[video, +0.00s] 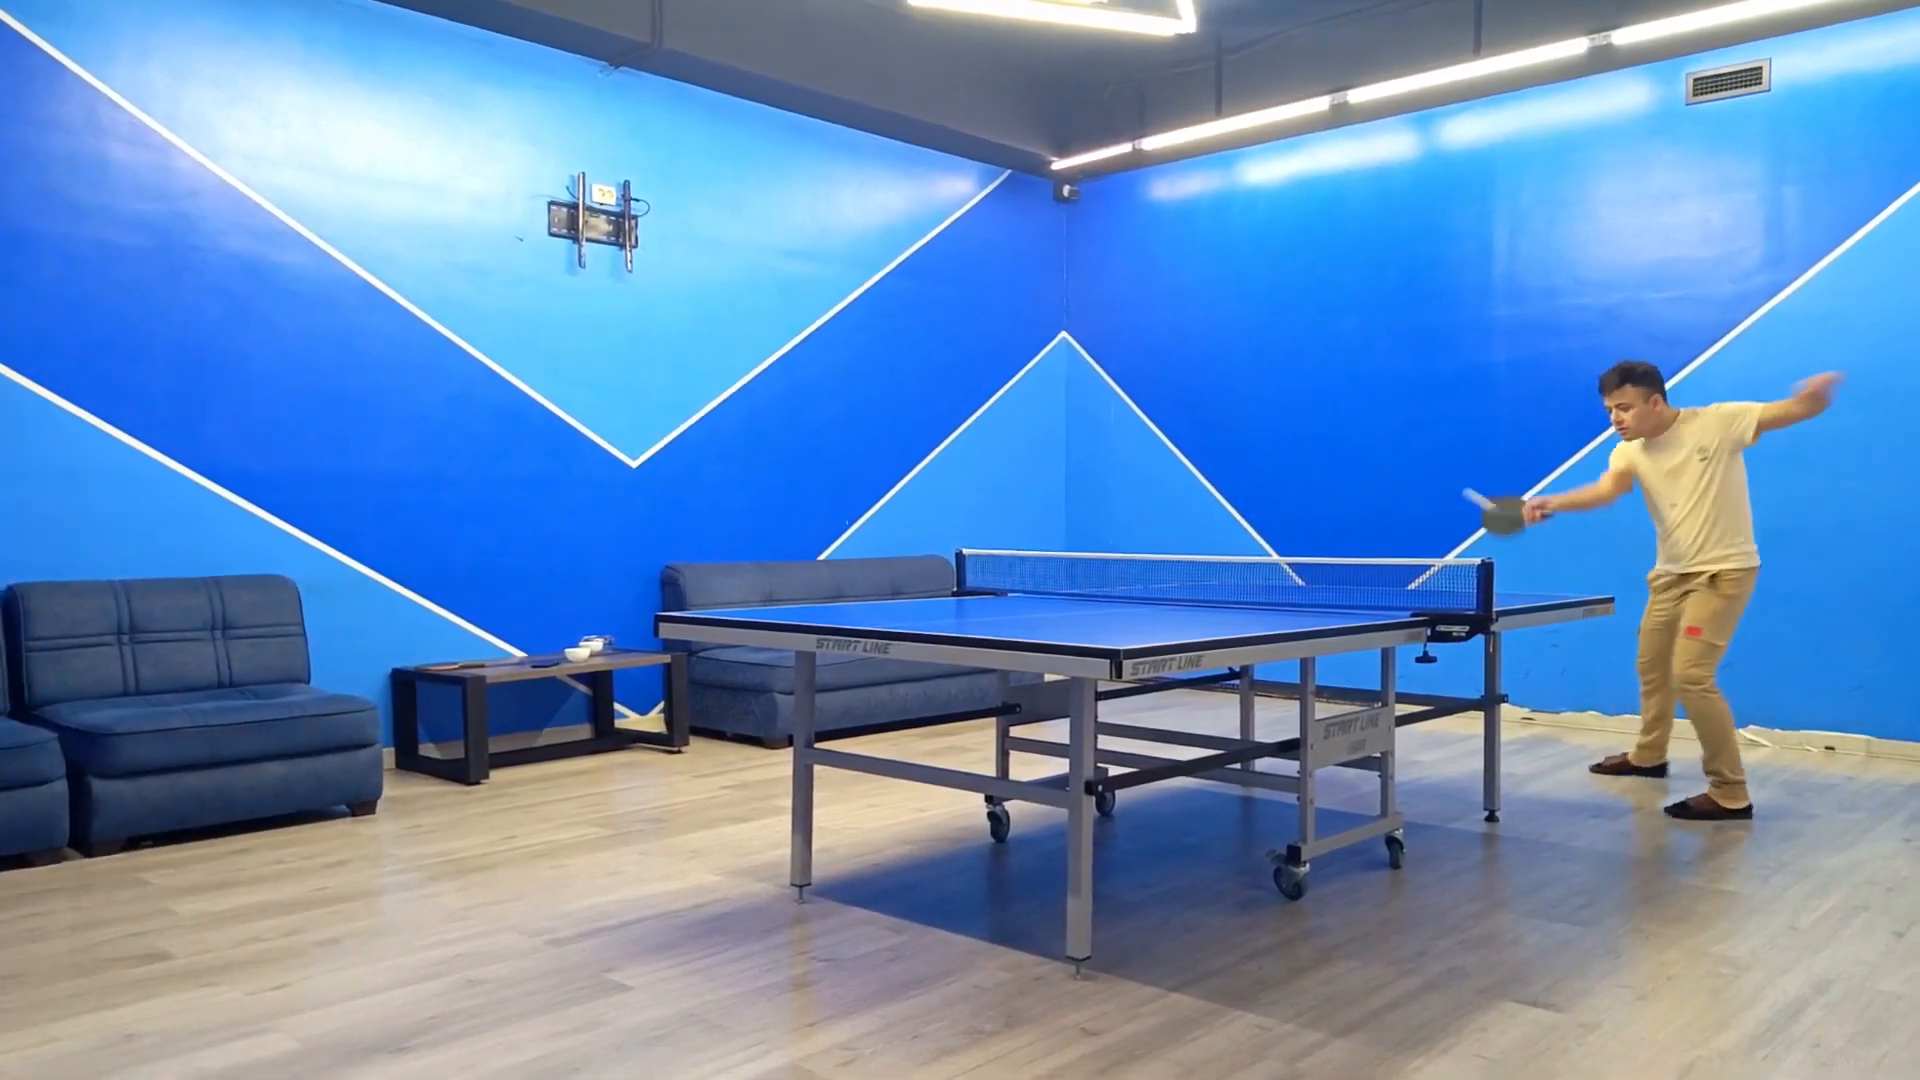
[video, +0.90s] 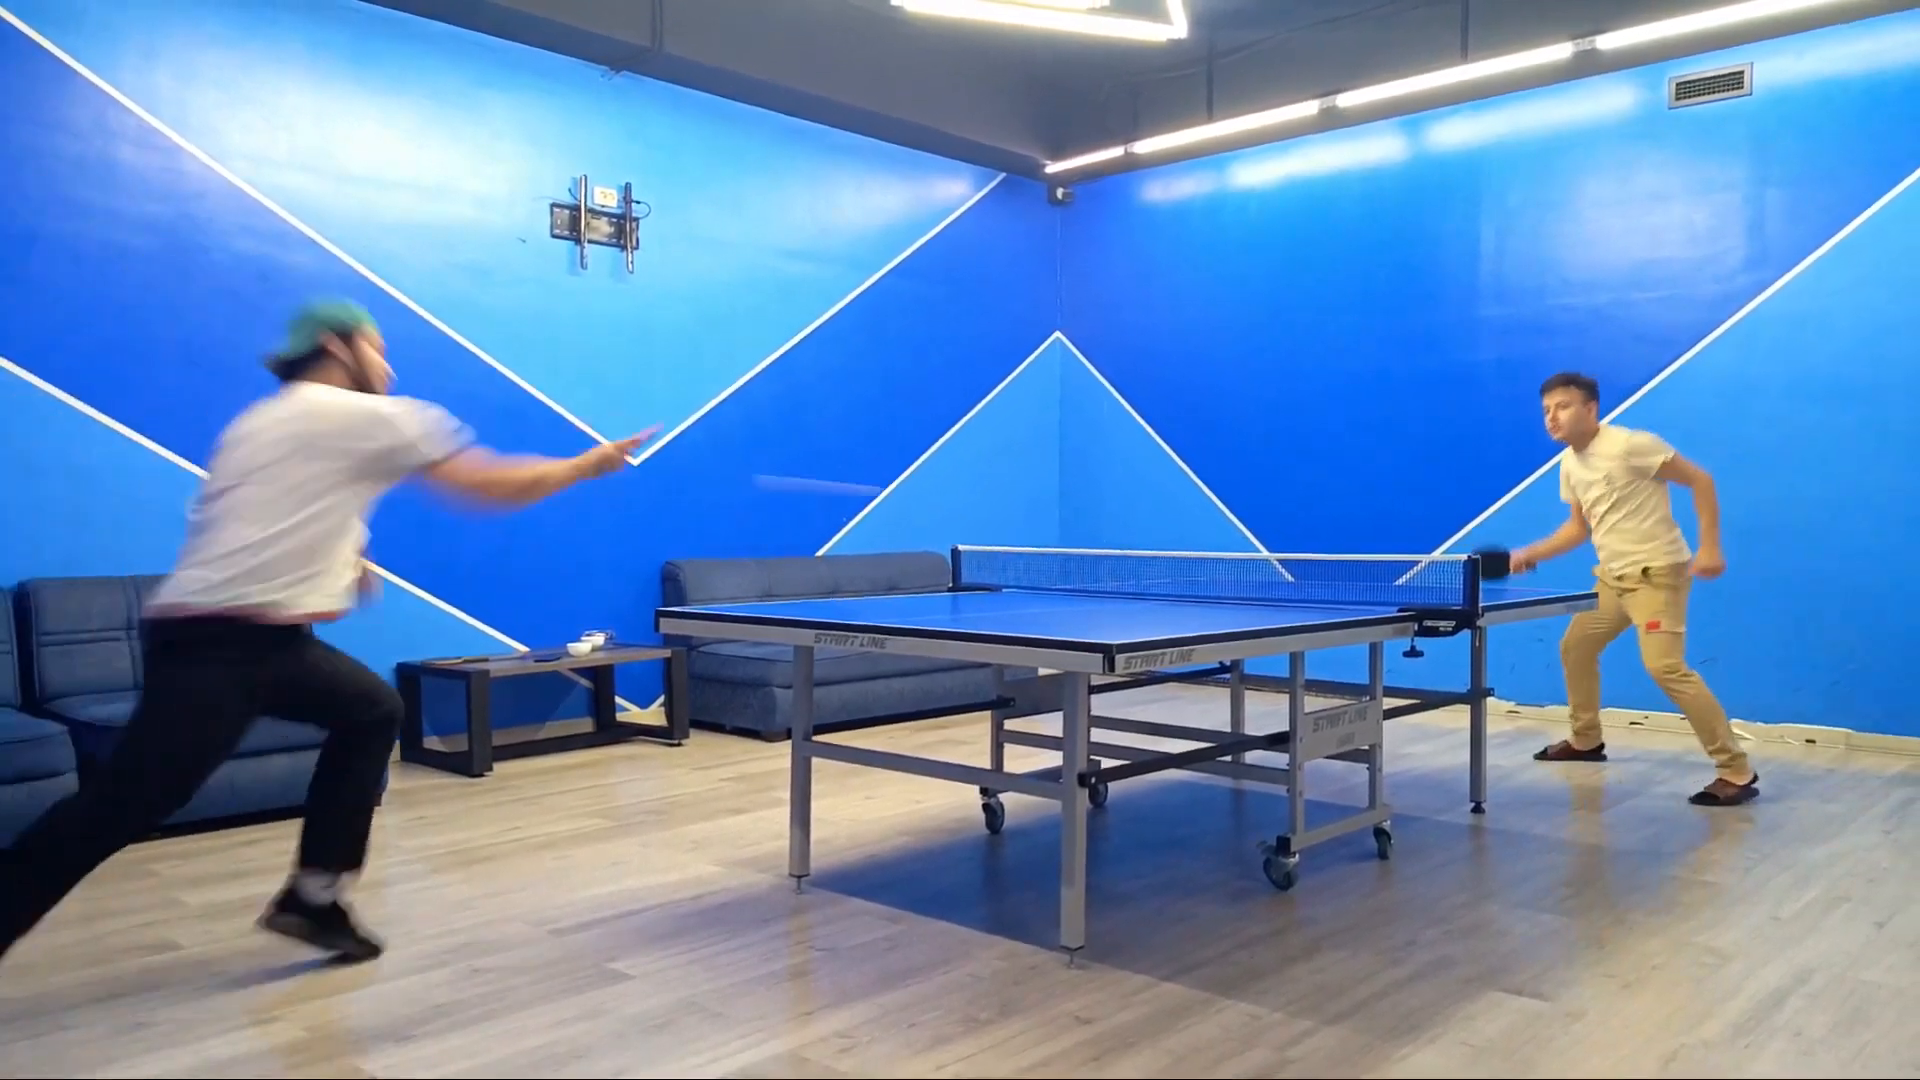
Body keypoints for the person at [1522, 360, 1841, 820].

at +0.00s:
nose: (1616, 419)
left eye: (1624, 409)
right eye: (1611, 411)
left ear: (1656, 402)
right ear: (1611, 411)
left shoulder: (1714, 422)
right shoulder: (1629, 451)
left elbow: (1787, 411)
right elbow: (1605, 490)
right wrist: (1551, 503)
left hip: (1725, 569)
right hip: (1672, 574)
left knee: (1692, 675)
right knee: (1653, 666)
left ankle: (1730, 794)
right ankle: (1649, 757)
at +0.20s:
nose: (1620, 409)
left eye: (1629, 398)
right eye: (1615, 400)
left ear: (1664, 392)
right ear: (1618, 401)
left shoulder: (1721, 415)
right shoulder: (1622, 439)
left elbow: (1807, 410)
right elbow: (1590, 481)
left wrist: (1886, 389)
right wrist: (1536, 494)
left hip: (1724, 565)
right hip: (1663, 568)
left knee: (1719, 675)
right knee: (1646, 661)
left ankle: (1732, 793)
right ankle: (1644, 745)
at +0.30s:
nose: (1618, 415)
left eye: (1626, 404)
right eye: (1612, 406)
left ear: (1661, 399)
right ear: (1615, 407)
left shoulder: (1717, 425)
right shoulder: (1620, 447)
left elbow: (1796, 435)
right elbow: (1593, 498)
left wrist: (1881, 436)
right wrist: (1545, 514)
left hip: (1716, 570)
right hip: (1656, 570)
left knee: (1705, 674)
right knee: (1628, 656)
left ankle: (1727, 793)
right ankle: (1636, 742)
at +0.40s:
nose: (1607, 424)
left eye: (1616, 413)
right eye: (1604, 414)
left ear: (1651, 411)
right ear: (1605, 415)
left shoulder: (1708, 440)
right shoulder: (1614, 457)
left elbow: (1788, 474)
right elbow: (1588, 519)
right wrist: (1553, 530)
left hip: (1705, 579)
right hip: (1647, 580)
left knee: (1686, 671)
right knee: (1607, 662)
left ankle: (1723, 792)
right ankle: (1617, 747)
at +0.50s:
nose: (1600, 432)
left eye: (1610, 422)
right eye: (1595, 424)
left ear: (1643, 421)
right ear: (1594, 426)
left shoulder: (1694, 459)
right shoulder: (1605, 470)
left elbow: (1766, 505)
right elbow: (1576, 530)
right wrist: (1542, 538)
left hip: (1692, 590)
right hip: (1637, 592)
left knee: (1668, 676)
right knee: (1587, 671)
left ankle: (1721, 792)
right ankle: (1616, 754)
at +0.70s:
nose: (1580, 401)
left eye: (1590, 391)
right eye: (1574, 393)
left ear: (1621, 393)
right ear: (1572, 398)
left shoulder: (1661, 433)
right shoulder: (1583, 442)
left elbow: (1728, 471)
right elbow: (1559, 499)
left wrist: (1745, 537)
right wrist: (1527, 520)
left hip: (1670, 569)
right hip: (1619, 571)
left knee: (1679, 670)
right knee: (1585, 650)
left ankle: (1709, 783)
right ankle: (1609, 747)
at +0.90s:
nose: (1552, 418)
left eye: (1562, 407)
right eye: (1547, 411)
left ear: (1591, 409)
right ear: (1546, 419)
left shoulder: (1630, 446)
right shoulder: (1569, 465)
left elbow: (1700, 480)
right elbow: (1578, 527)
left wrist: (1711, 548)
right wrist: (1532, 553)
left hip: (1659, 575)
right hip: (1614, 580)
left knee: (1666, 667)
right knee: (1576, 648)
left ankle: (1736, 772)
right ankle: (1585, 740)